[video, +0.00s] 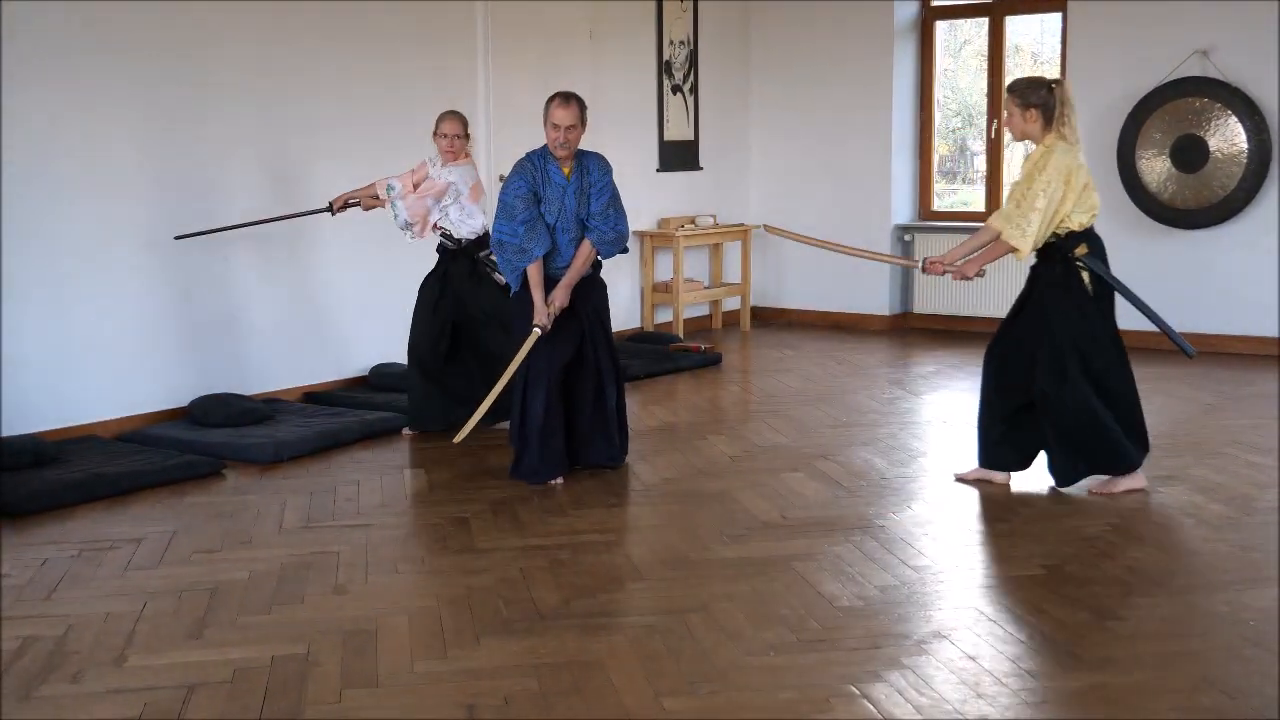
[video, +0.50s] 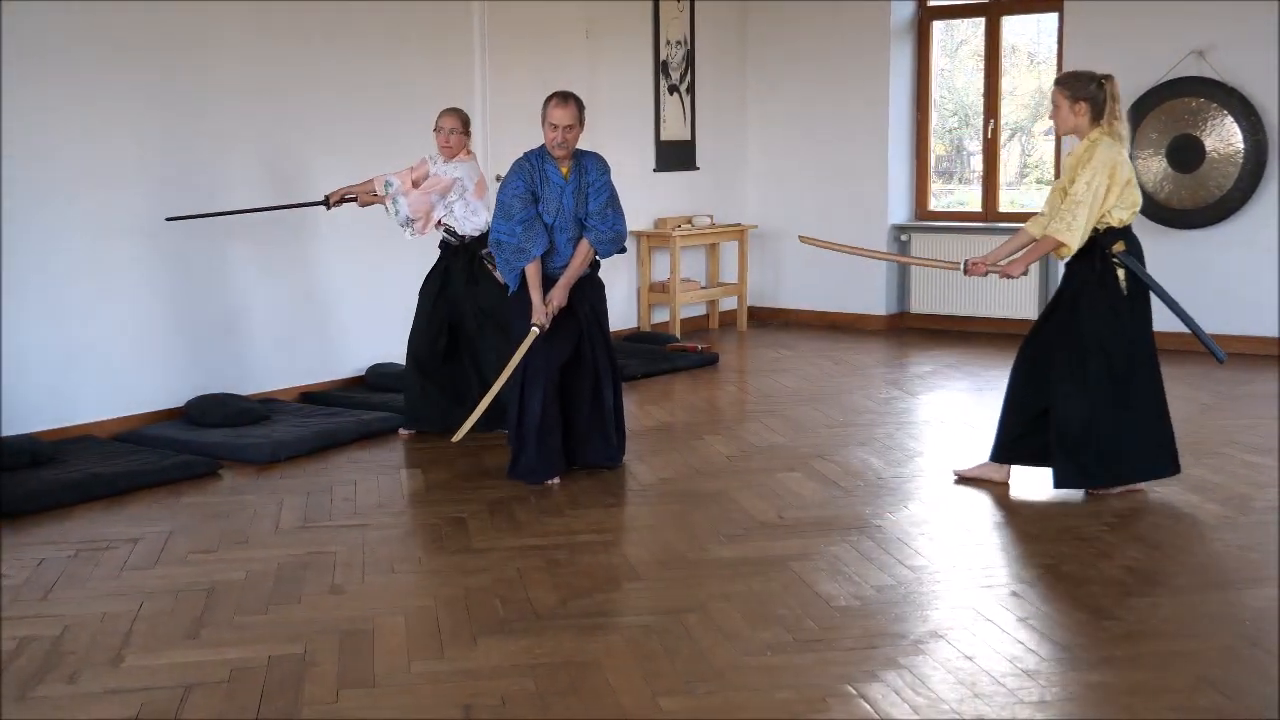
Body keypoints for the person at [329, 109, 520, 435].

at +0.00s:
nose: (449, 143)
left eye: (456, 137)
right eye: (443, 136)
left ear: (466, 140)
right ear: (435, 138)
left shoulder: (462, 172)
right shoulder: (434, 167)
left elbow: (418, 201)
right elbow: (396, 183)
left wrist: (380, 201)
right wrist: (350, 195)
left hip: (476, 262)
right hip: (449, 262)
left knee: (487, 335)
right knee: (427, 337)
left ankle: (508, 411)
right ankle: (424, 417)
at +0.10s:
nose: (448, 142)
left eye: (455, 136)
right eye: (442, 136)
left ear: (466, 139)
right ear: (434, 137)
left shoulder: (462, 171)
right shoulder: (432, 166)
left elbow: (419, 200)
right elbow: (395, 182)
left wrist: (378, 199)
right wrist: (350, 193)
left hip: (478, 262)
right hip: (448, 262)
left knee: (487, 337)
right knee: (426, 338)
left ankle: (504, 416)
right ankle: (421, 417)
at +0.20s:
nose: (448, 142)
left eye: (454, 136)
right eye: (441, 136)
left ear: (465, 139)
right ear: (434, 138)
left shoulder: (462, 171)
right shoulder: (432, 166)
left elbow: (420, 200)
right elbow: (395, 182)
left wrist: (377, 200)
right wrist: (350, 192)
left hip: (478, 262)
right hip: (448, 262)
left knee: (490, 337)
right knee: (424, 338)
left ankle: (510, 417)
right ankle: (419, 417)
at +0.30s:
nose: (448, 141)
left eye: (455, 135)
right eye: (442, 134)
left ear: (465, 138)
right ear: (434, 136)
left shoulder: (463, 169)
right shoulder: (432, 166)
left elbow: (420, 196)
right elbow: (395, 181)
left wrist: (378, 198)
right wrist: (348, 191)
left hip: (479, 260)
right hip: (449, 260)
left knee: (489, 337)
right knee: (425, 336)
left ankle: (510, 418)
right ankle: (420, 417)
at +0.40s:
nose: (447, 139)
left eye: (454, 133)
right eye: (441, 133)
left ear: (466, 138)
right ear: (434, 136)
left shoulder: (464, 169)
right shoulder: (433, 165)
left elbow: (422, 199)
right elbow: (395, 180)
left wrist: (377, 199)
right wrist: (349, 190)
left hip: (479, 260)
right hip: (450, 259)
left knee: (486, 337)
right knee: (425, 335)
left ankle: (507, 418)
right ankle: (418, 417)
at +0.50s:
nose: (446, 137)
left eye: (454, 132)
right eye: (441, 131)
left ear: (467, 137)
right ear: (434, 134)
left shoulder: (464, 167)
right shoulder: (436, 164)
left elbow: (424, 198)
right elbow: (396, 179)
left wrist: (377, 199)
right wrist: (349, 190)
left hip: (479, 258)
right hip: (451, 257)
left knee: (487, 338)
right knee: (426, 335)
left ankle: (508, 418)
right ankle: (417, 416)